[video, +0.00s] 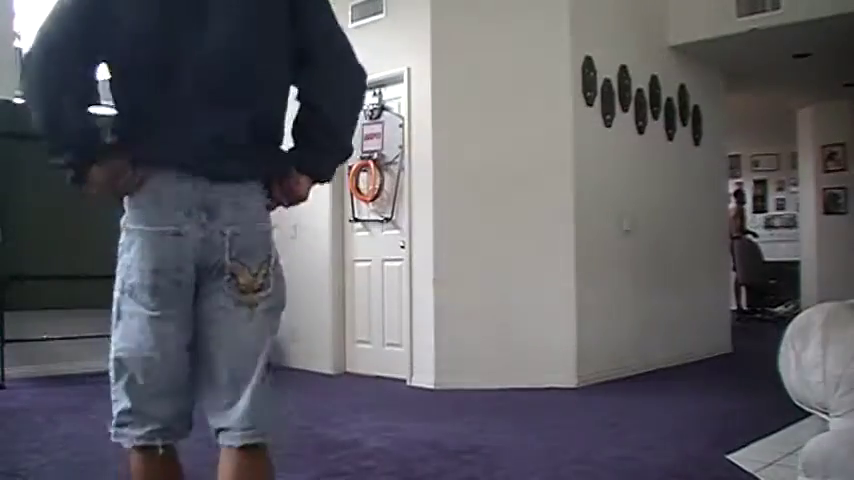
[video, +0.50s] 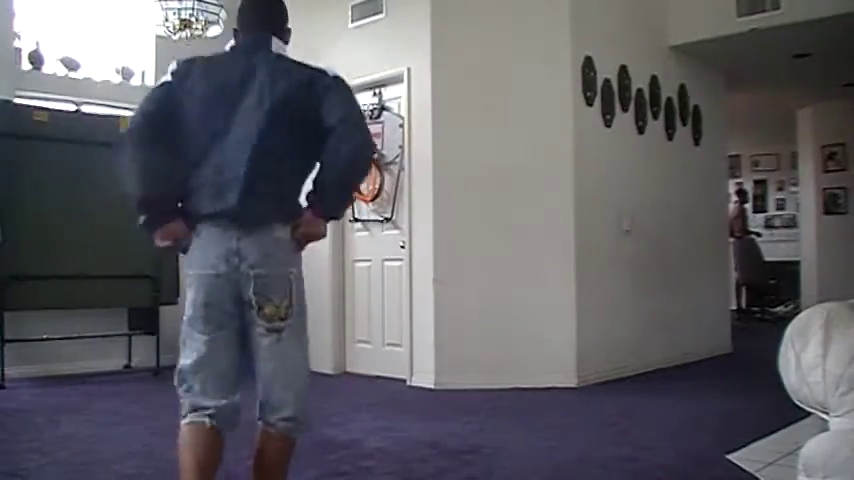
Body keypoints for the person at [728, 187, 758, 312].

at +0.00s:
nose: (744, 198)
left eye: (743, 195)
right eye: (743, 196)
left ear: (735, 197)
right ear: (740, 197)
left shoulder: (732, 209)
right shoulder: (739, 210)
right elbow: (741, 229)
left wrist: (748, 233)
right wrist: (752, 233)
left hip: (734, 243)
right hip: (739, 243)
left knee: (738, 276)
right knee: (743, 275)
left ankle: (738, 305)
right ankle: (743, 305)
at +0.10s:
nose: (745, 199)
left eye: (744, 197)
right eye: (744, 197)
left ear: (735, 197)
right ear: (741, 197)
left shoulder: (731, 208)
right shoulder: (739, 210)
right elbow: (741, 229)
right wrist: (752, 233)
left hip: (733, 242)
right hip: (738, 243)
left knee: (737, 274)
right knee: (741, 275)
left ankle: (738, 304)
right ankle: (740, 305)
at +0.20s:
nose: (746, 199)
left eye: (745, 197)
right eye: (744, 197)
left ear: (736, 197)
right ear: (741, 197)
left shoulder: (732, 209)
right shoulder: (739, 210)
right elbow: (741, 230)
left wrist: (749, 233)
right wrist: (752, 233)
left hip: (733, 242)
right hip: (739, 243)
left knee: (737, 275)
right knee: (742, 275)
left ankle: (738, 304)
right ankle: (742, 305)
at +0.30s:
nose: (746, 199)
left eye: (745, 196)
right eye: (745, 196)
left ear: (736, 196)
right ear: (741, 197)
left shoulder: (733, 208)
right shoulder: (739, 210)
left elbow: (738, 228)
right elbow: (740, 230)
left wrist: (750, 233)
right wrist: (753, 233)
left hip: (734, 242)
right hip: (738, 243)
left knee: (738, 275)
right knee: (741, 275)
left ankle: (739, 304)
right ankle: (741, 306)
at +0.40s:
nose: (747, 199)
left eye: (746, 196)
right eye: (745, 196)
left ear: (737, 196)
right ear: (742, 197)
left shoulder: (732, 208)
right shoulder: (740, 209)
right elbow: (741, 230)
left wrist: (749, 232)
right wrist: (753, 233)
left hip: (734, 242)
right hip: (739, 244)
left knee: (738, 275)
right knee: (741, 275)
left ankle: (738, 304)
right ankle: (741, 305)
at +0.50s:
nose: (748, 199)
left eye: (747, 197)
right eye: (747, 197)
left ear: (737, 196)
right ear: (743, 197)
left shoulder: (732, 208)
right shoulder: (740, 209)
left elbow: (731, 231)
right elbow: (741, 231)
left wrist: (749, 232)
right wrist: (754, 233)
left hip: (734, 244)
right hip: (741, 245)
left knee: (737, 276)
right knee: (742, 276)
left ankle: (738, 304)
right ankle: (742, 305)